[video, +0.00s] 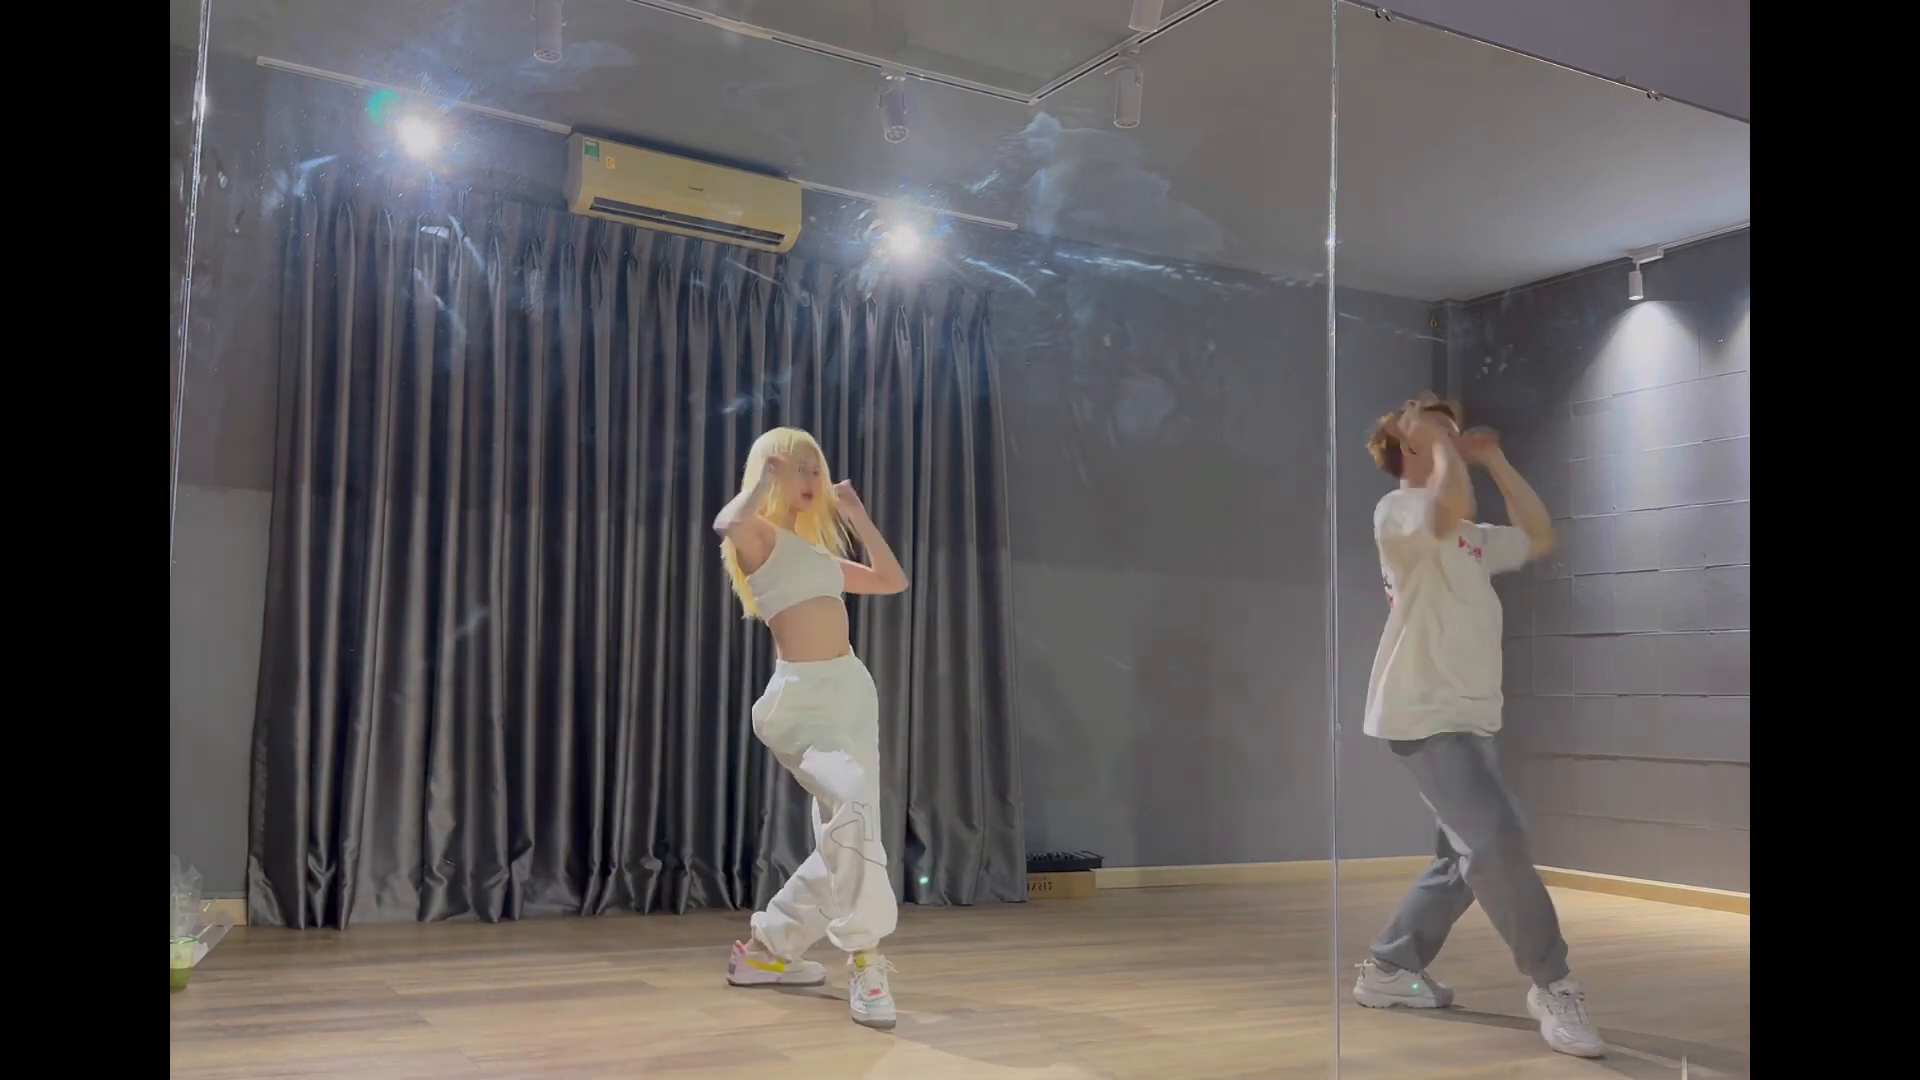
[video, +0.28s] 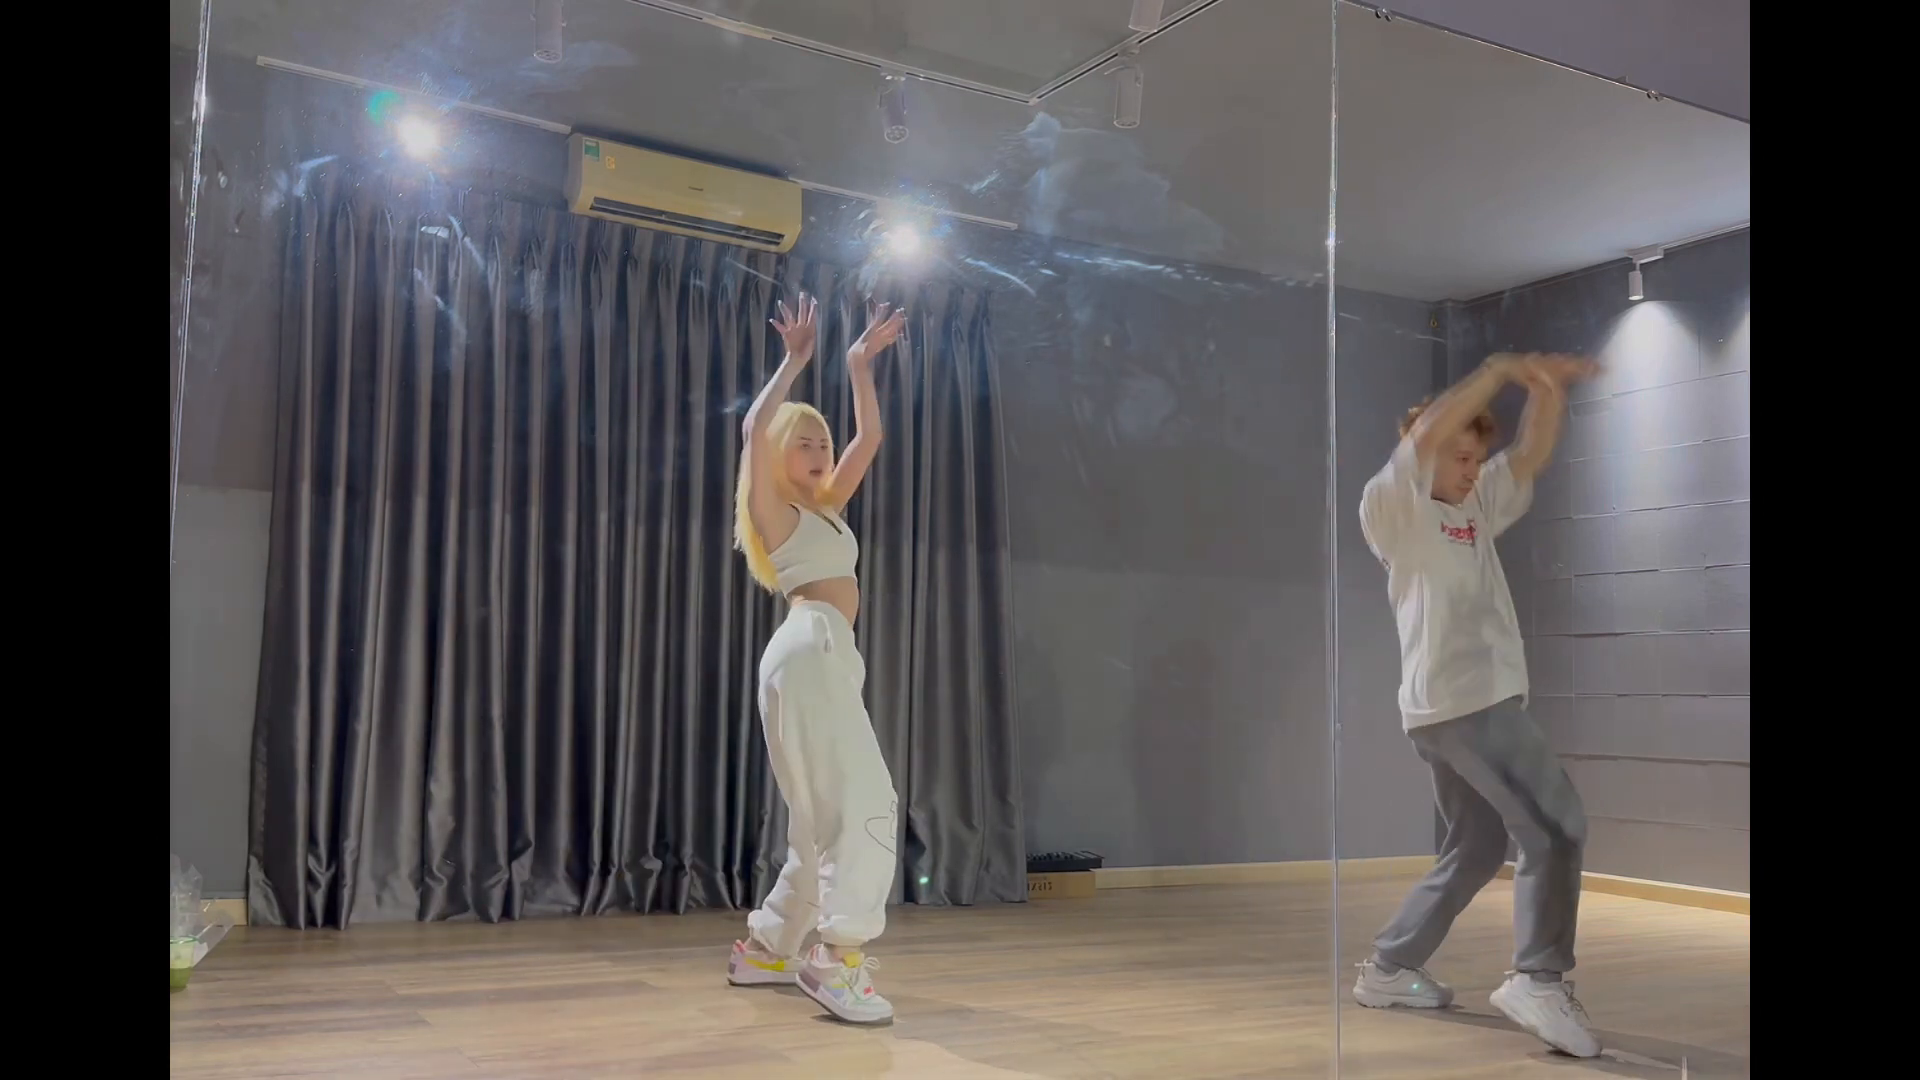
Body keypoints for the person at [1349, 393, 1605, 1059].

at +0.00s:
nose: (1445, 430)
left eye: (1448, 421)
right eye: (1429, 422)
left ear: (1455, 441)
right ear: (1401, 447)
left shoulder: (1472, 528)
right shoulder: (1393, 510)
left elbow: (1540, 537)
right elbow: (1449, 513)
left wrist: (1494, 460)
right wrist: (1446, 443)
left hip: (1477, 712)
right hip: (1421, 712)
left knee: (1467, 853)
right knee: (1497, 835)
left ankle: (1389, 970)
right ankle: (1552, 986)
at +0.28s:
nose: (1472, 472)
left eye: (1479, 460)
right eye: (1461, 457)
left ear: (1485, 462)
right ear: (1421, 448)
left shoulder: (1476, 504)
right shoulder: (1394, 513)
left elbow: (1526, 459)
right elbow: (1427, 436)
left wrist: (1548, 394)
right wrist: (1502, 367)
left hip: (1475, 701)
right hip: (1457, 703)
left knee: (1474, 850)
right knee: (1557, 827)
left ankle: (1388, 970)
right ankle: (1537, 983)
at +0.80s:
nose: (1421, 462)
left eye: (1431, 456)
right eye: (1412, 445)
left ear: (1432, 466)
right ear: (1374, 438)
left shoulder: (1425, 529)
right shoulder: (1319, 491)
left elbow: (1488, 559)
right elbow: (1321, 559)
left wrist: (1476, 494)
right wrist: (1380, 499)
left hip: (1425, 698)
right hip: (1353, 689)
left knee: (1442, 832)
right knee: (1382, 790)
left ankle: (1397, 962)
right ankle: (1330, 920)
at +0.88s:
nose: (1396, 485)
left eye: (1407, 476)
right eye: (1392, 467)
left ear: (1411, 476)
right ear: (1358, 448)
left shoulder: (1400, 527)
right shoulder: (1301, 505)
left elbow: (1436, 577)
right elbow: (1316, 599)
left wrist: (1463, 485)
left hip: (1407, 704)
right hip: (1338, 703)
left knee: (1442, 830)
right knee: (1330, 822)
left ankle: (1396, 964)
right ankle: (1238, 927)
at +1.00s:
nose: (1362, 484)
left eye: (1366, 471)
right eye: (1344, 475)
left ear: (1373, 473)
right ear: (1309, 489)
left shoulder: (1386, 536)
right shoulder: (1287, 543)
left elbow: (1448, 525)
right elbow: (1243, 630)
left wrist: (1405, 453)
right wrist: (1293, 688)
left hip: (1363, 736)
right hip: (1292, 728)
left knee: (1435, 832)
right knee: (1260, 847)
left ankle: (1393, 963)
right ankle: (1179, 960)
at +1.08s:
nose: (1345, 487)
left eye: (1346, 475)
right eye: (1327, 483)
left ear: (1356, 479)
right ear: (1297, 506)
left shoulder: (1384, 542)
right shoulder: (1278, 570)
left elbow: (1446, 491)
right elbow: (1217, 643)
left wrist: (1374, 444)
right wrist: (1259, 698)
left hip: (1345, 747)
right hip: (1274, 744)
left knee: (1424, 828)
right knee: (1238, 855)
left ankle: (1392, 963)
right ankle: (1174, 964)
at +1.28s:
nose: (1338, 474)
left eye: (1342, 465)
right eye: (1319, 467)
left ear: (1354, 479)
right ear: (1289, 493)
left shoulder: (1383, 546)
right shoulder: (1262, 568)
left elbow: (1450, 484)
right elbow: (1217, 649)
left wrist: (1367, 449)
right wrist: (1242, 700)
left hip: (1359, 746)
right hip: (1274, 747)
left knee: (1447, 833)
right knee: (1233, 845)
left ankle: (1398, 961)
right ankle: (1177, 962)